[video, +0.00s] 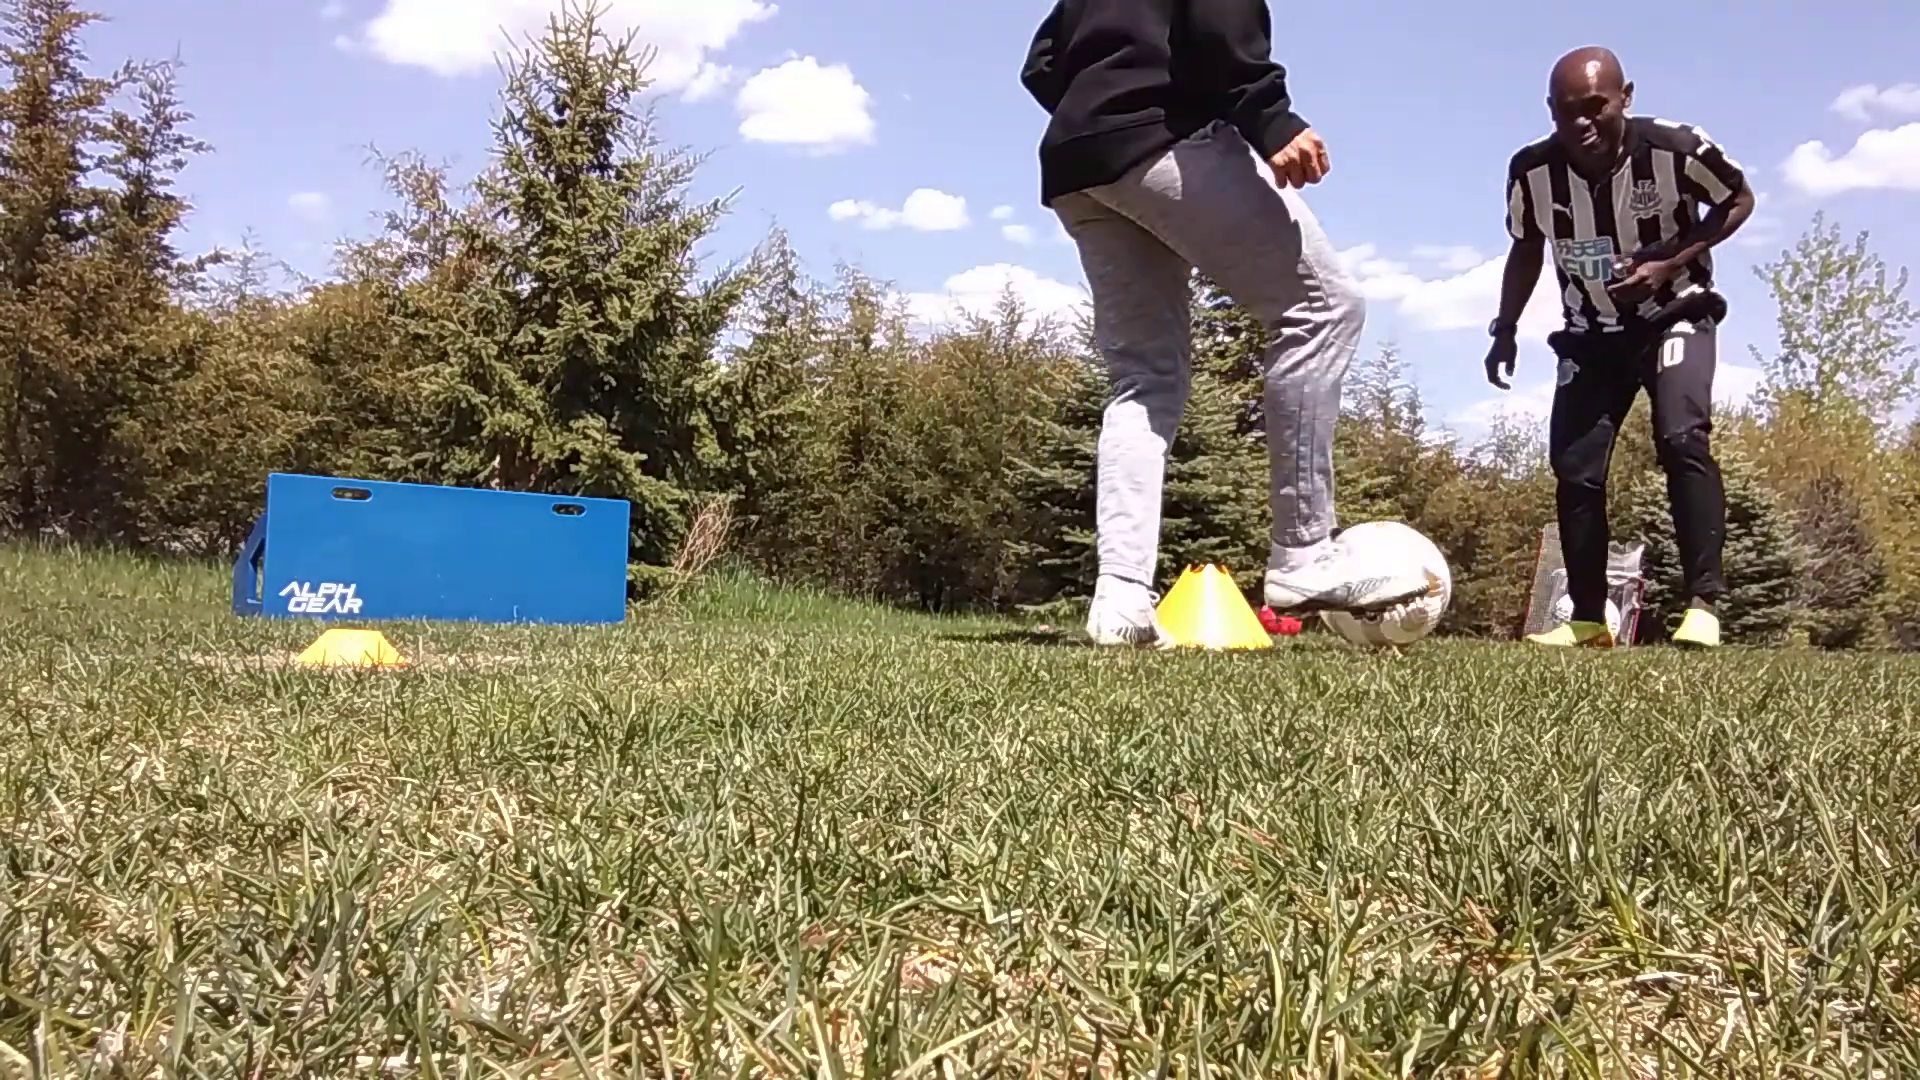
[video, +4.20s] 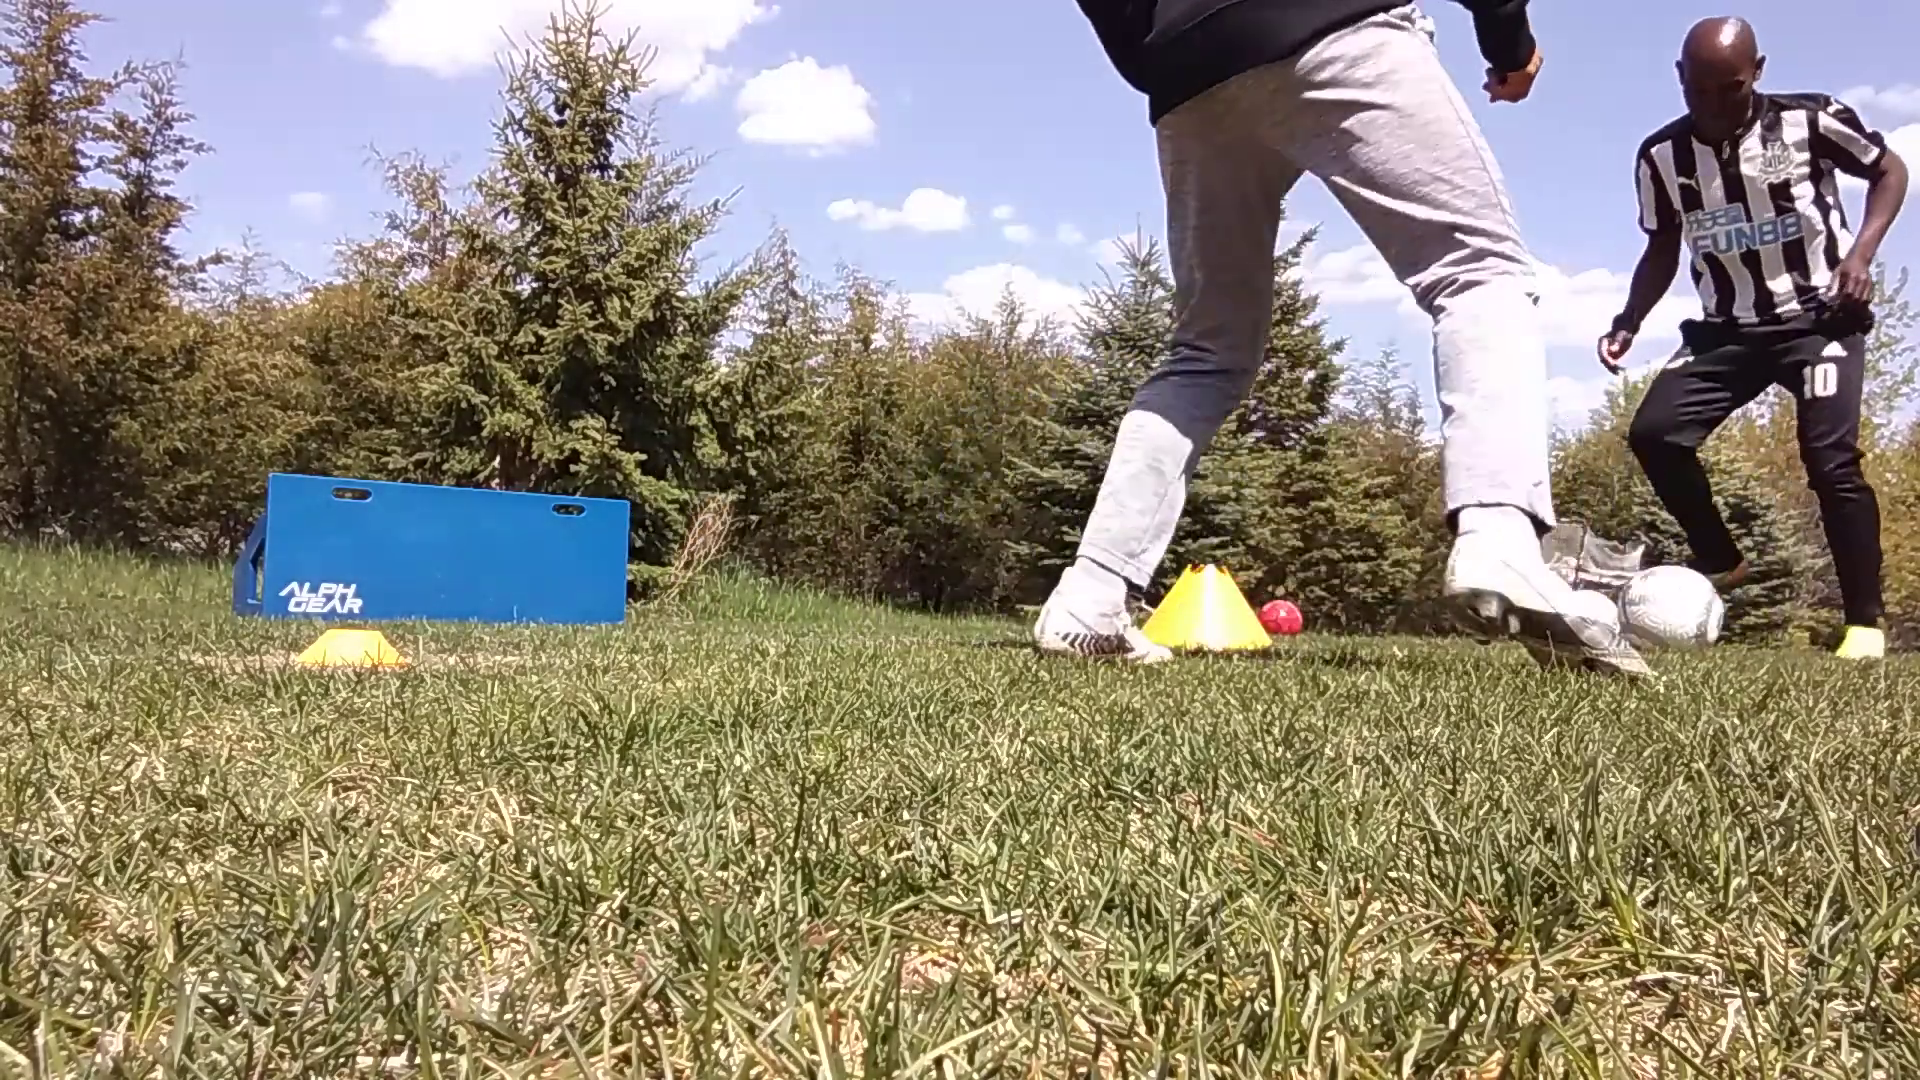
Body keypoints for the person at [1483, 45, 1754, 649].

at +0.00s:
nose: (1580, 121)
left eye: (1594, 106)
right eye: (1566, 109)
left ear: (1625, 99)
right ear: (1551, 109)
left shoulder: (1675, 147)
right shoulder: (1531, 170)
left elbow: (1739, 199)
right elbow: (1527, 247)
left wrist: (1674, 261)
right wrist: (1506, 326)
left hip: (1675, 321)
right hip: (1592, 334)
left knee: (1682, 443)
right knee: (1574, 470)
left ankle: (1703, 607)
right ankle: (1588, 618)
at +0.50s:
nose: (1591, 131)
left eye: (1600, 116)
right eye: (1585, 118)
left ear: (1647, 97)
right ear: (1585, 108)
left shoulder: (1725, 130)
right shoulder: (1599, 165)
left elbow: (1828, 188)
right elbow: (1623, 248)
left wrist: (1726, 234)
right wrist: (1583, 331)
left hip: (1756, 318)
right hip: (1676, 324)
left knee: (1710, 451)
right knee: (1573, 423)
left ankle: (1737, 626)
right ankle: (1585, 585)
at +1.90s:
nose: (1615, 157)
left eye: (1624, 143)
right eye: (1610, 144)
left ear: (1665, 123)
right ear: (1608, 132)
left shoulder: (1738, 139)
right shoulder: (1623, 182)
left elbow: (1849, 179)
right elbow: (1668, 253)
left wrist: (1753, 221)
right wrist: (1648, 339)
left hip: (1780, 318)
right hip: (1705, 334)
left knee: (1740, 450)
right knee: (1645, 455)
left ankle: (1756, 623)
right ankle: (1677, 615)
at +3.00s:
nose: (1558, 138)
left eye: (1572, 125)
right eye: (1552, 126)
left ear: (1615, 118)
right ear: (1547, 124)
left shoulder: (1682, 154)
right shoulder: (1546, 191)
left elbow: (1759, 210)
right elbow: (1564, 269)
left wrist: (1707, 296)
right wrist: (1566, 348)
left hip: (1709, 329)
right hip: (1626, 345)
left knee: (1720, 456)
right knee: (1601, 473)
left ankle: (1752, 620)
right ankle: (1598, 622)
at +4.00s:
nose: (1648, 133)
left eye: (1663, 118)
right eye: (1636, 119)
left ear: (1692, 104)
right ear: (1618, 111)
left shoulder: (1744, 152)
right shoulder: (1600, 179)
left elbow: (1841, 196)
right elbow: (1598, 247)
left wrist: (1796, 254)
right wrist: (1577, 321)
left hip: (1747, 333)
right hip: (1652, 348)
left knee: (1793, 451)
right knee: (1610, 479)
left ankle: (1848, 606)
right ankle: (1597, 623)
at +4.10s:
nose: (1676, 105)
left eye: (1692, 89)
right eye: (1664, 89)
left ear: (1724, 70)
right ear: (1648, 77)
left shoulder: (1779, 120)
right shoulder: (1633, 149)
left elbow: (1868, 165)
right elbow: (1636, 226)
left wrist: (1832, 233)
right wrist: (1605, 298)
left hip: (1788, 323)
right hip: (1696, 333)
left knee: (1820, 459)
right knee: (1642, 460)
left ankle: (1860, 620)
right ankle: (1614, 612)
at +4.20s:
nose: (1710, 109)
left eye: (1728, 92)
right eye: (1697, 92)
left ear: (1756, 73)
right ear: (1680, 77)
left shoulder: (1812, 120)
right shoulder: (1661, 157)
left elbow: (1891, 171)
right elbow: (1662, 247)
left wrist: (1861, 255)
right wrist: (1630, 319)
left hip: (1818, 323)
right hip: (1727, 334)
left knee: (1831, 463)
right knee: (1652, 434)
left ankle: (1864, 624)